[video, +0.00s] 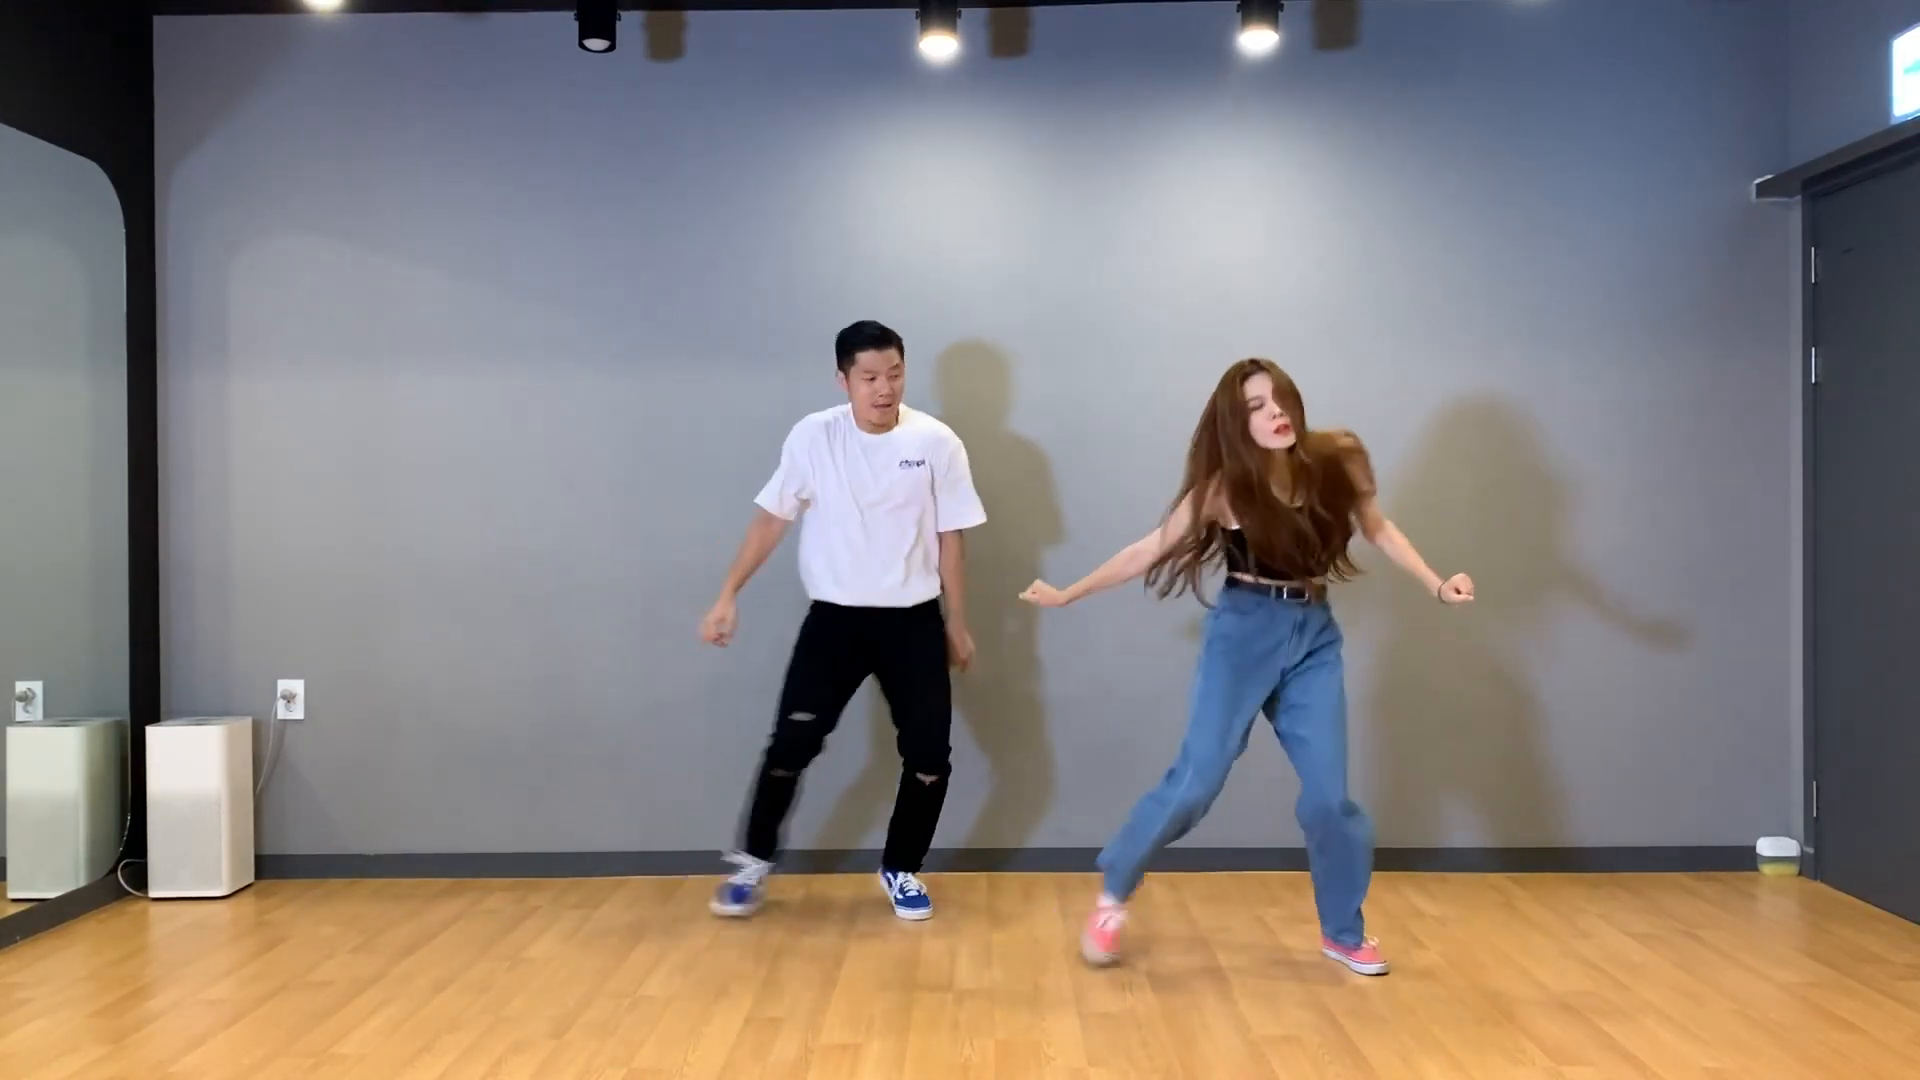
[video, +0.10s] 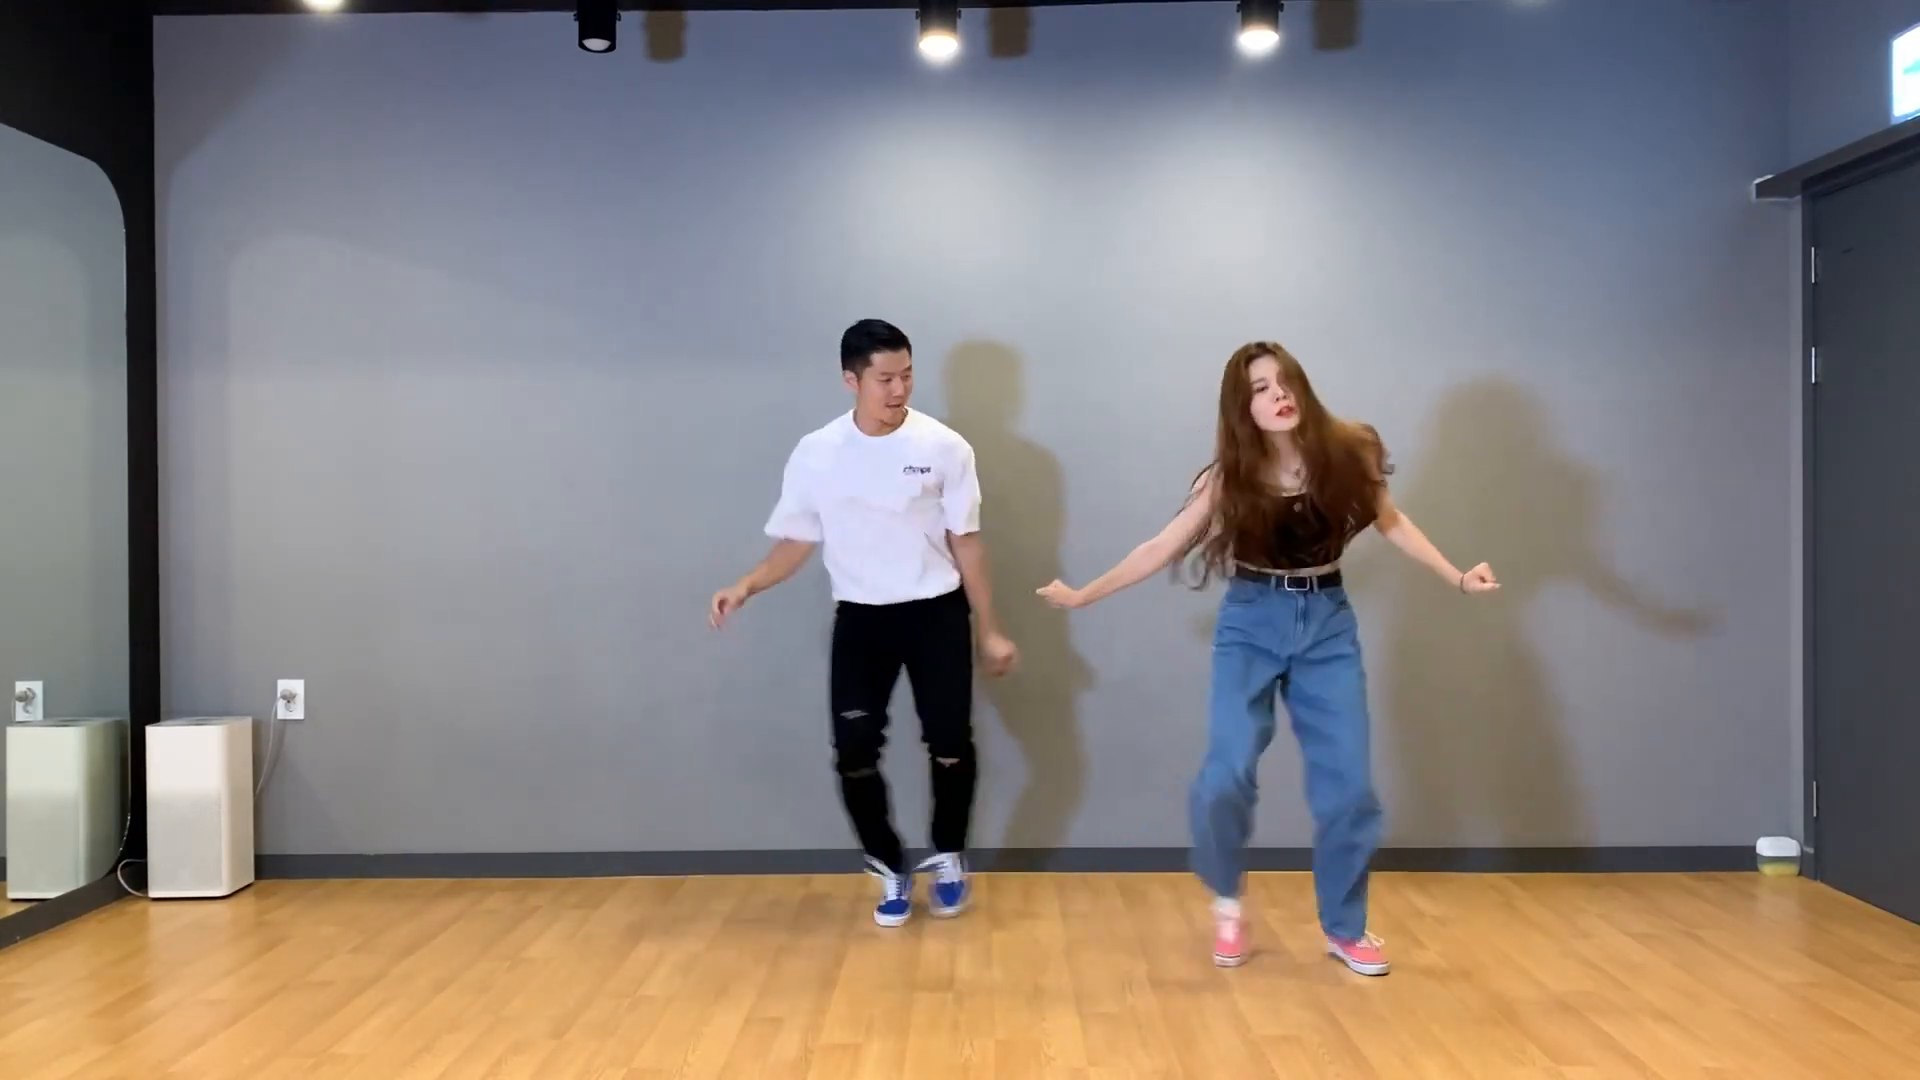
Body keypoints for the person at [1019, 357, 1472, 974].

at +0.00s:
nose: (1277, 412)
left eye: (1281, 399)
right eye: (1258, 406)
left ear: (1295, 403)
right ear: (1236, 423)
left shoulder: (1336, 460)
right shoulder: (1224, 487)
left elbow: (1378, 529)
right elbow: (1149, 551)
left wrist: (1437, 582)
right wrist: (1066, 595)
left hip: (1311, 632)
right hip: (1243, 629)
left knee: (1329, 796)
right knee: (1198, 784)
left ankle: (1343, 933)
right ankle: (1113, 891)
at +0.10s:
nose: (1278, 395)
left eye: (1284, 382)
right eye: (1261, 389)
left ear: (1301, 387)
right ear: (1243, 408)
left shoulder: (1344, 453)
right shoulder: (1231, 476)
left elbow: (1392, 523)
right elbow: (1162, 548)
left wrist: (1456, 576)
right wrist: (1084, 595)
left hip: (1327, 621)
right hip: (1250, 620)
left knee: (1349, 783)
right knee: (1228, 772)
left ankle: (1345, 928)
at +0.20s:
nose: (1279, 391)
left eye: (1287, 378)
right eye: (1263, 384)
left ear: (1306, 386)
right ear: (1245, 399)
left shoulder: (1346, 449)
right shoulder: (1228, 470)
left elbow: (1402, 524)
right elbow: (1178, 547)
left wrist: (1473, 573)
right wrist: (1102, 591)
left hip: (1345, 624)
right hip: (1265, 630)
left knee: (1411, 773)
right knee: (1259, 791)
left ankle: (1402, 903)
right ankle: (1263, 916)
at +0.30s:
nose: (1281, 404)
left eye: (1290, 392)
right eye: (1266, 396)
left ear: (1309, 401)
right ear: (1247, 410)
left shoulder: (1351, 468)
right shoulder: (1234, 485)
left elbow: (1420, 550)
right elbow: (1193, 570)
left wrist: (1497, 587)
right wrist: (1117, 588)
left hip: (1361, 639)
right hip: (1283, 647)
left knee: (1420, 794)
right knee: (1247, 795)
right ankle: (1266, 921)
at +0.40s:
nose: (1277, 417)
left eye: (1289, 409)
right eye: (1264, 409)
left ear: (1306, 428)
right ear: (1246, 431)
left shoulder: (1339, 494)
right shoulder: (1233, 499)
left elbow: (1422, 549)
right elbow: (1172, 558)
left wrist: (1510, 584)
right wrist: (1109, 574)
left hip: (1359, 661)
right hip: (1287, 669)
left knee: (1434, 807)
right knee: (1236, 815)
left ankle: (1510, 923)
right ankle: (1265, 933)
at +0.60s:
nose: (1229, 364)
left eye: (1243, 354)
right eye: (1219, 356)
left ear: (1271, 368)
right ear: (1205, 373)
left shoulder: (1300, 440)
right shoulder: (1194, 448)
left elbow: (1359, 522)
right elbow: (1154, 525)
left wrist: (1425, 600)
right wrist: (1099, 564)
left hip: (1288, 619)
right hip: (1223, 619)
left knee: (1274, 779)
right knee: (1227, 784)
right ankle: (1264, 928)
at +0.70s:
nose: (1208, 362)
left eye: (1222, 351)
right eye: (1199, 353)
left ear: (1252, 359)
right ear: (1188, 365)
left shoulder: (1281, 431)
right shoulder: (1185, 433)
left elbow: (1320, 526)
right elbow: (1158, 519)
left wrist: (1365, 617)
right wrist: (1114, 578)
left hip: (1257, 612)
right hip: (1197, 610)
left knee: (1175, 743)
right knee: (1216, 772)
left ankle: (1288, 803)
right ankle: (1264, 926)